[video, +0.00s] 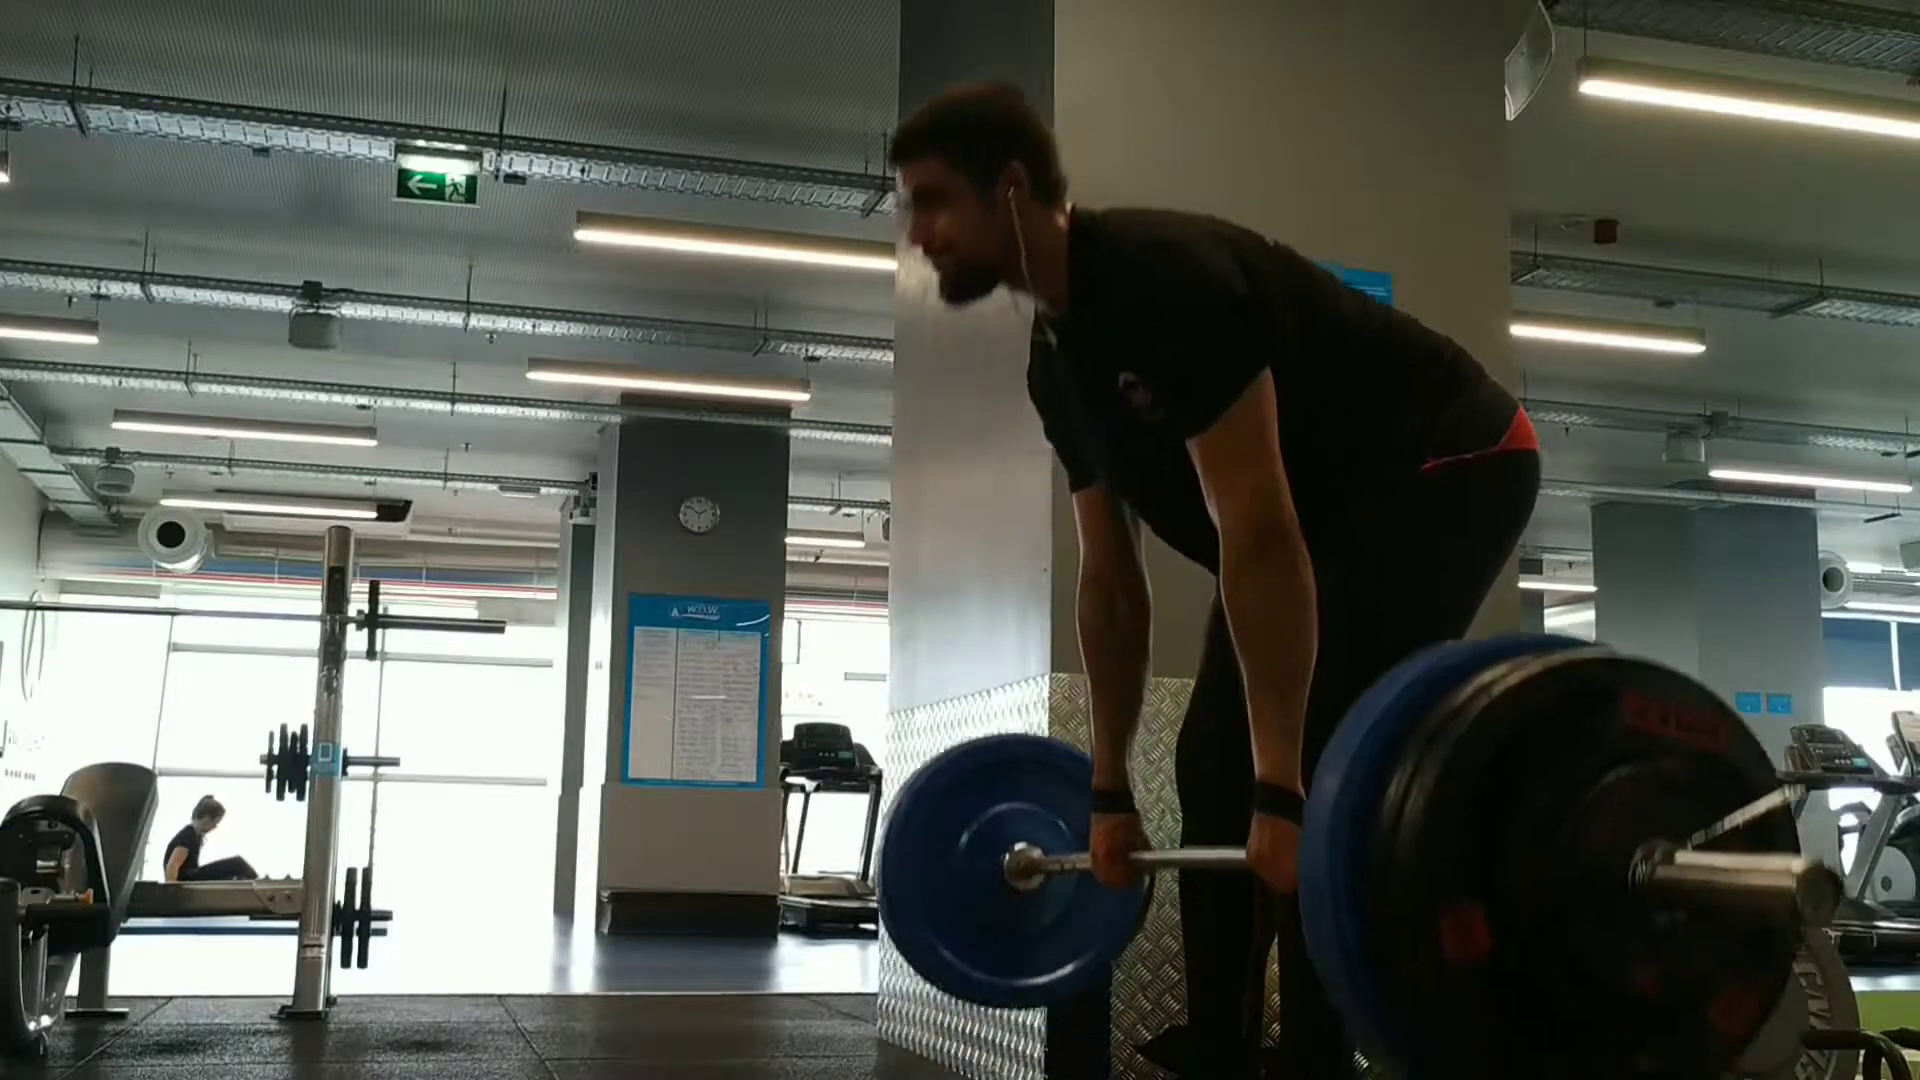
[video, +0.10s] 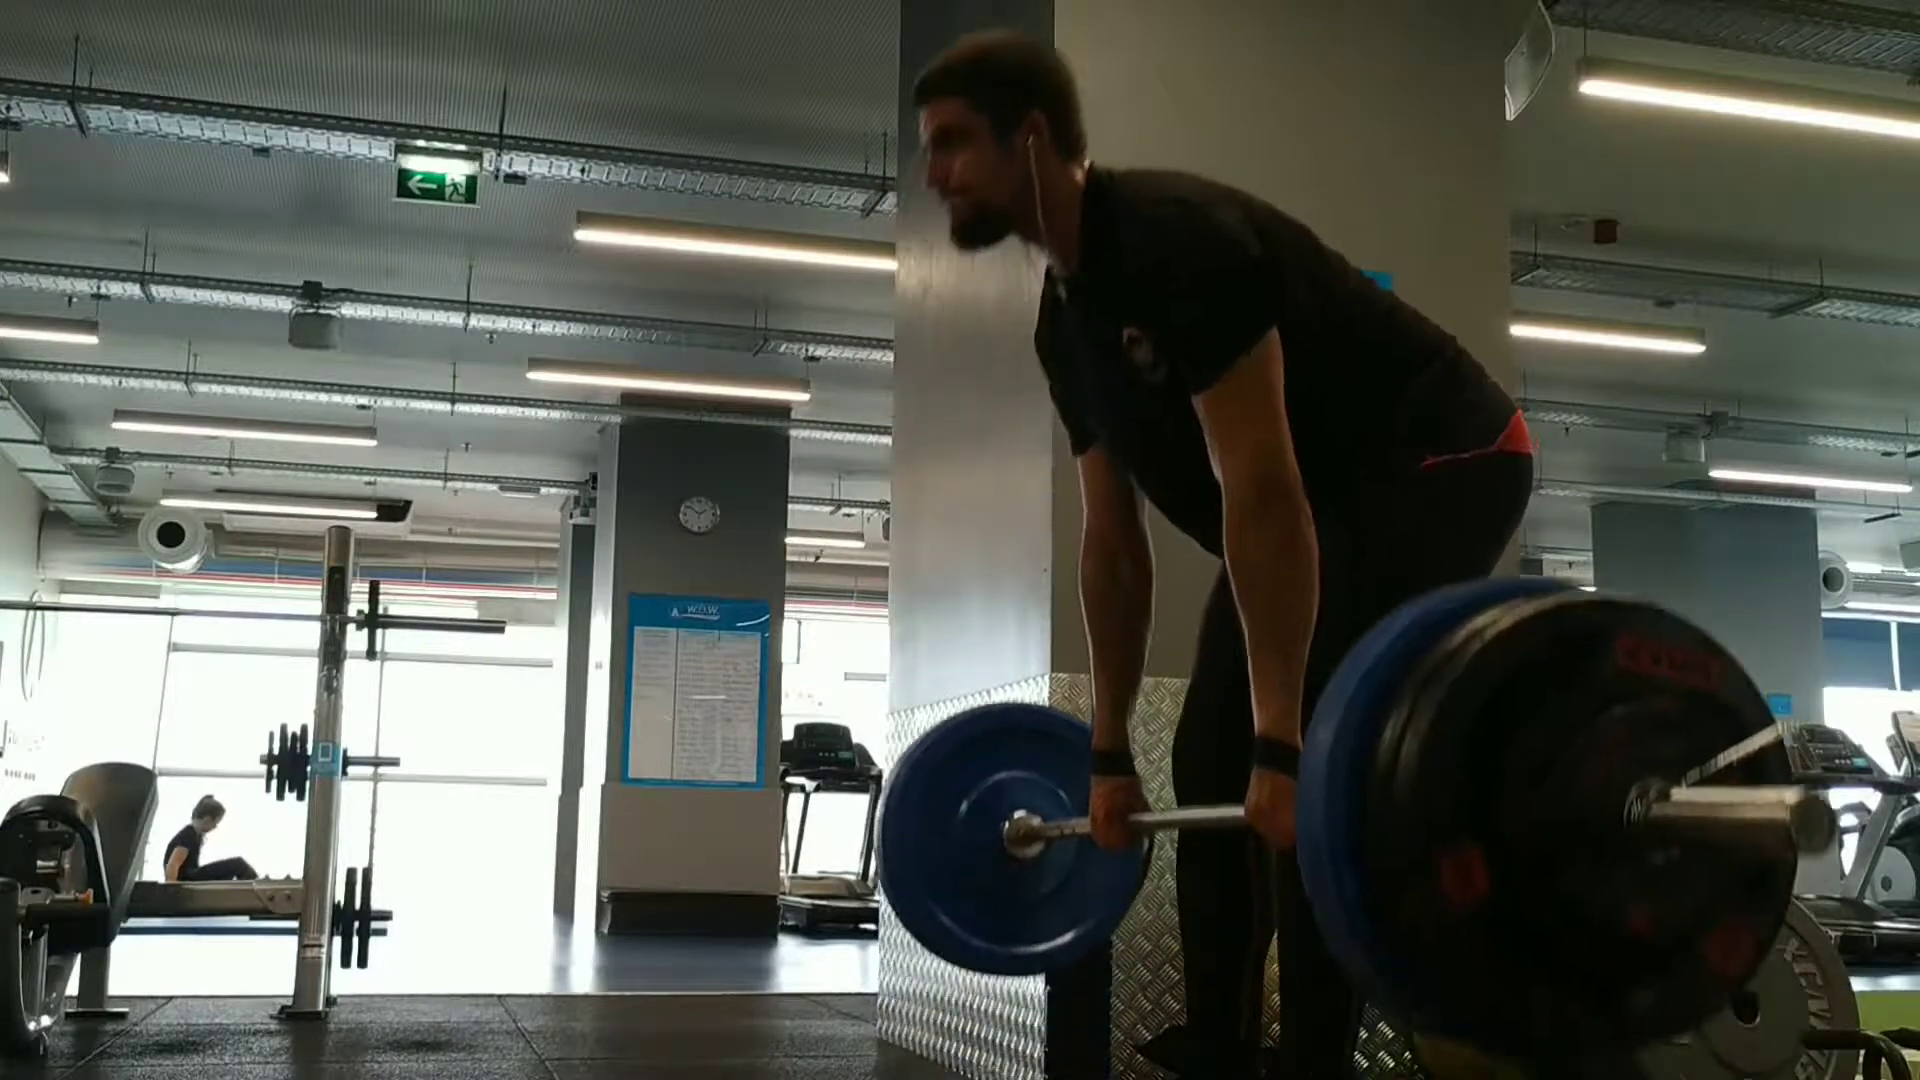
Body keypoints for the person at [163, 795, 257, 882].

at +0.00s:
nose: (215, 827)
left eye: (217, 823)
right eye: (215, 822)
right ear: (206, 818)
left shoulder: (196, 836)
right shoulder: (189, 836)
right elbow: (172, 866)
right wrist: (171, 891)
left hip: (192, 876)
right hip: (186, 879)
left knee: (235, 869)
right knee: (237, 862)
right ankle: (259, 886)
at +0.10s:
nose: (215, 826)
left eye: (217, 822)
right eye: (215, 821)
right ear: (206, 818)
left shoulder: (195, 836)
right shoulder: (189, 835)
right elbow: (172, 866)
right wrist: (171, 891)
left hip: (191, 876)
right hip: (186, 878)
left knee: (237, 865)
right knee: (237, 864)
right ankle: (259, 889)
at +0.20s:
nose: (216, 826)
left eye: (217, 822)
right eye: (216, 821)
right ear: (208, 818)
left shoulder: (195, 835)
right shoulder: (190, 835)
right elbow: (174, 866)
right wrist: (171, 892)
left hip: (192, 875)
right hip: (186, 878)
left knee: (237, 865)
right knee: (237, 865)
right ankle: (261, 890)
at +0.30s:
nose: (215, 824)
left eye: (217, 821)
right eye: (215, 820)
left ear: (200, 814)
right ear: (208, 817)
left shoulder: (194, 833)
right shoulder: (192, 833)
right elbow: (176, 866)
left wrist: (172, 892)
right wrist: (172, 892)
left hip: (191, 875)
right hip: (187, 878)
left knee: (237, 866)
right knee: (237, 867)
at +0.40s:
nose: (215, 822)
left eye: (217, 819)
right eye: (216, 818)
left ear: (199, 812)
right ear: (209, 816)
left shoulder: (194, 832)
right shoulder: (193, 832)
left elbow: (181, 864)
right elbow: (180, 864)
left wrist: (171, 890)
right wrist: (171, 890)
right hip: (188, 877)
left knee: (237, 869)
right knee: (237, 870)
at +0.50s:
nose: (215, 822)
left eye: (216, 819)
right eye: (215, 818)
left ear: (198, 811)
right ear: (210, 816)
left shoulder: (188, 831)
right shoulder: (194, 833)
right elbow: (181, 867)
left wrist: (170, 891)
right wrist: (171, 892)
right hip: (191, 878)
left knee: (237, 871)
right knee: (238, 871)